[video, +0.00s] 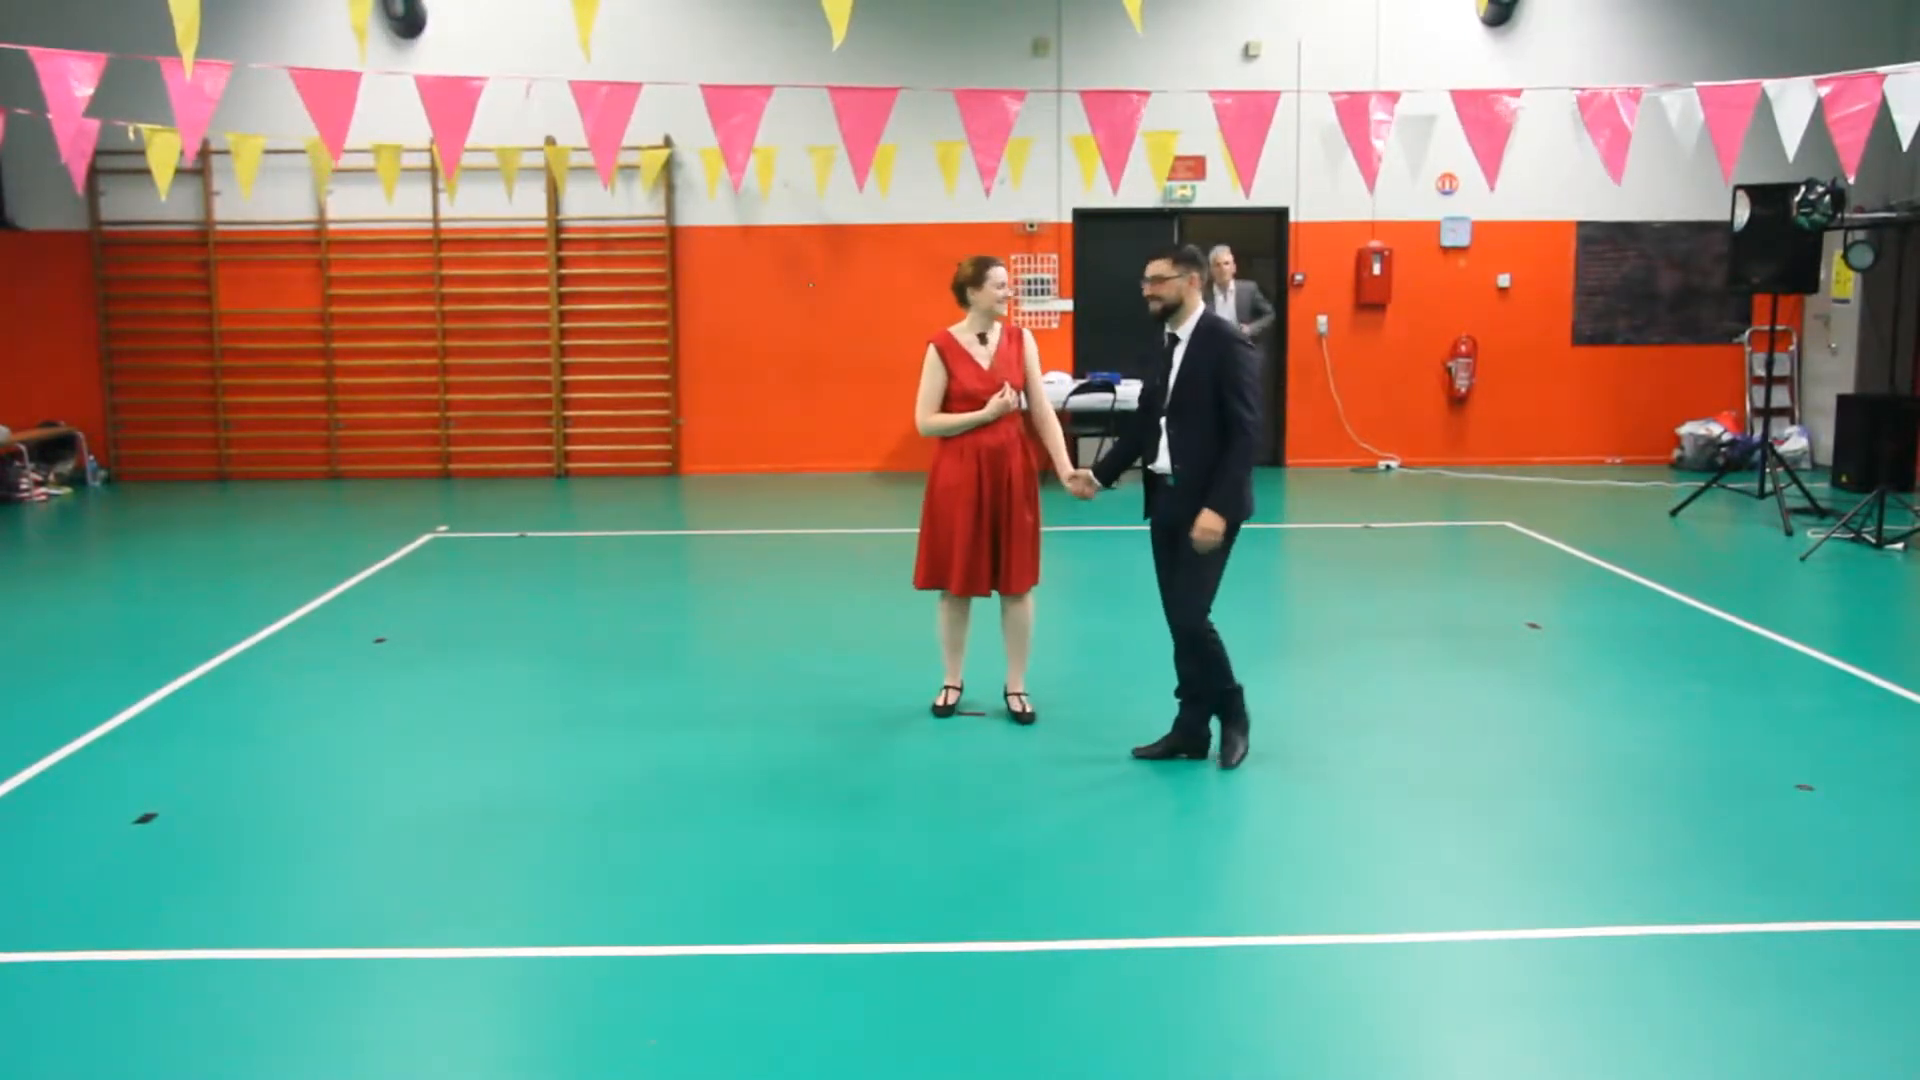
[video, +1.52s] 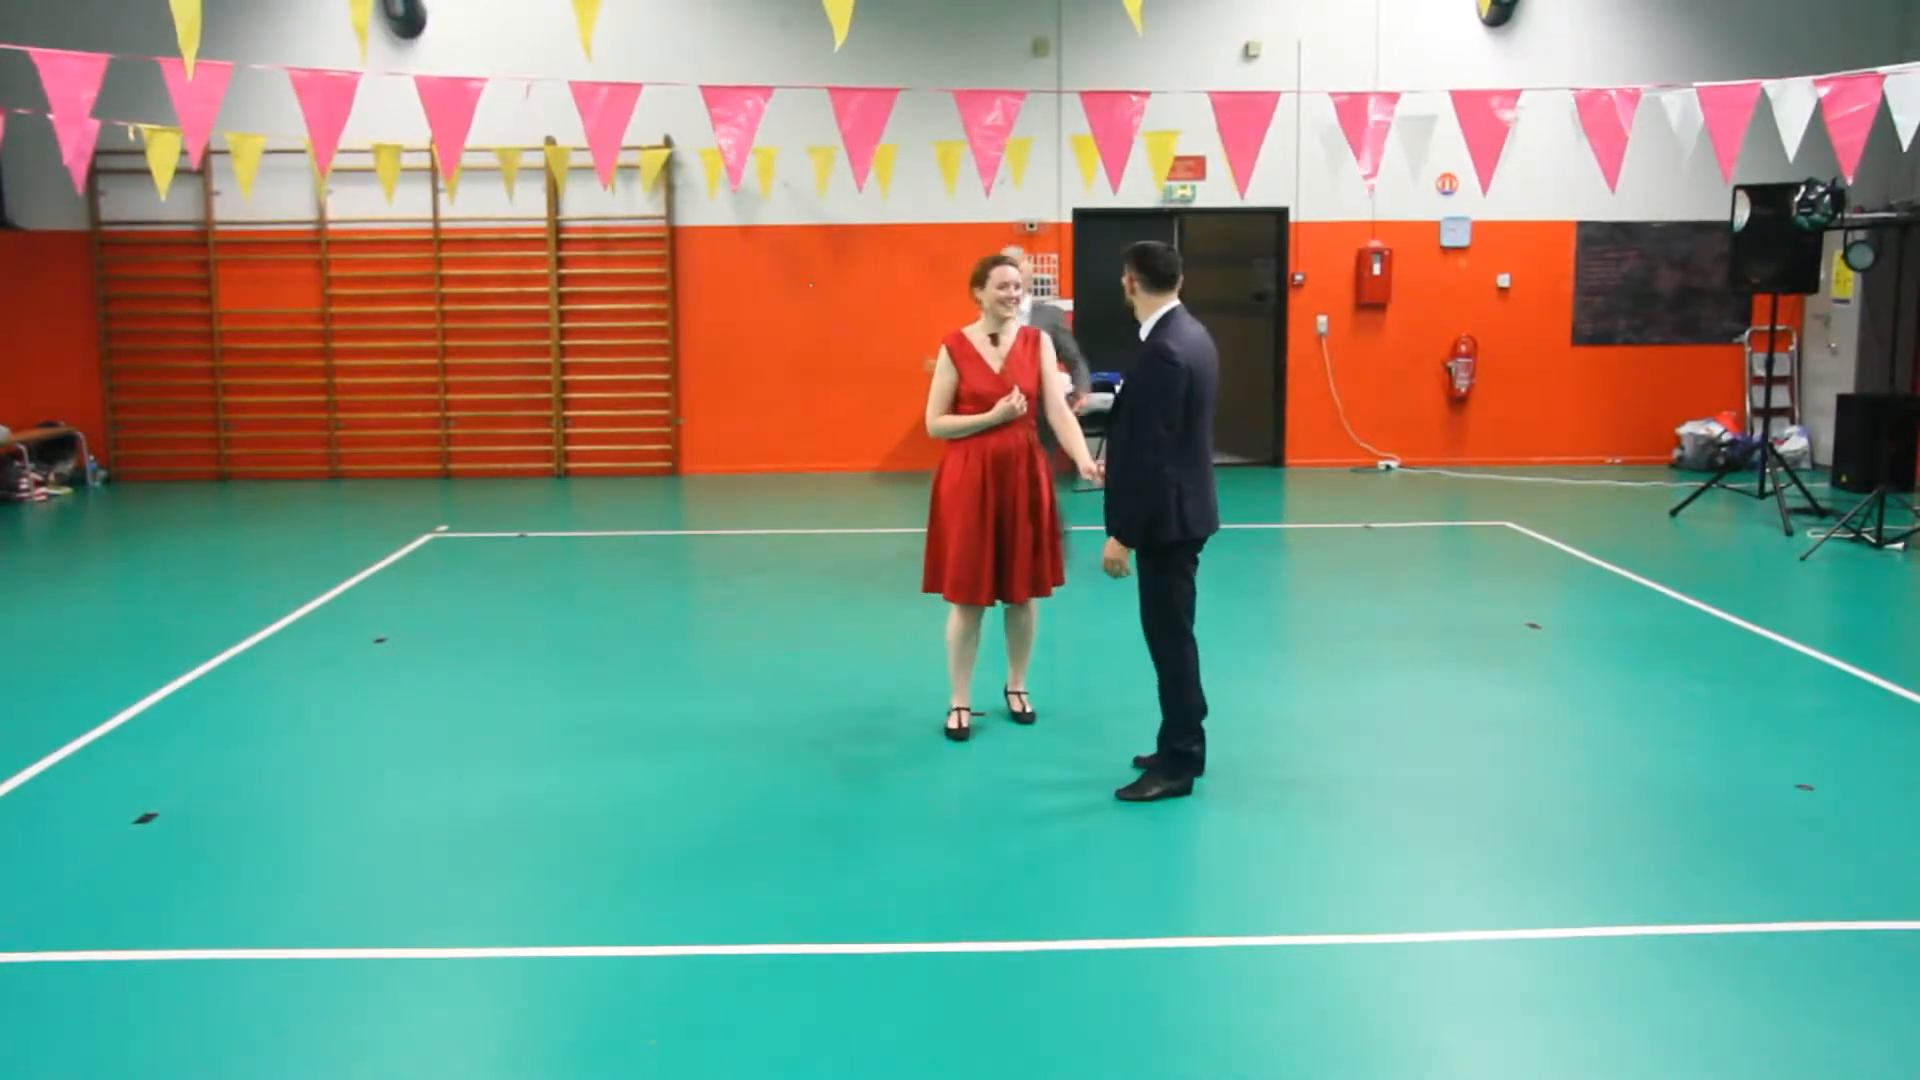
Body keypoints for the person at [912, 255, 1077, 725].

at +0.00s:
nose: (1007, 293)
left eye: (1008, 285)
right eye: (998, 286)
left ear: (1007, 291)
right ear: (970, 292)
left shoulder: (1020, 340)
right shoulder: (943, 347)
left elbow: (1042, 410)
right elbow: (927, 422)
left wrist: (1065, 469)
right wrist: (984, 413)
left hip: (1013, 474)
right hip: (960, 475)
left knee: (1016, 585)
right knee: (956, 585)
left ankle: (1016, 687)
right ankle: (952, 682)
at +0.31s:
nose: (1017, 295)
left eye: (1019, 287)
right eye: (1007, 288)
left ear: (1022, 292)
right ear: (981, 294)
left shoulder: (1038, 341)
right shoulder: (958, 348)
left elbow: (1054, 412)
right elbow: (941, 423)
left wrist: (1069, 473)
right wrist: (998, 413)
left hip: (1028, 472)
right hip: (975, 473)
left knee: (1024, 587)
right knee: (966, 584)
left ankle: (1017, 687)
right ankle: (953, 681)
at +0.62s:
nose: (1026, 296)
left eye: (1029, 289)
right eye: (1016, 290)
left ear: (1034, 294)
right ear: (992, 296)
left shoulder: (1052, 344)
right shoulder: (971, 350)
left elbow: (1067, 414)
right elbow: (954, 425)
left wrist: (1075, 467)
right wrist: (1011, 416)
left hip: (1041, 477)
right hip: (987, 477)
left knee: (1033, 590)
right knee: (977, 587)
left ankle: (1018, 685)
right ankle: (960, 677)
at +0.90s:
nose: (1026, 297)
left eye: (1031, 289)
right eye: (1016, 290)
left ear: (1037, 295)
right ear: (994, 296)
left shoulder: (1056, 344)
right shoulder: (974, 350)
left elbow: (1072, 409)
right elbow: (957, 425)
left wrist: (1087, 460)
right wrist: (1009, 417)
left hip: (1043, 478)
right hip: (988, 479)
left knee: (1035, 592)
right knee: (981, 591)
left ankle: (1017, 689)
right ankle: (966, 692)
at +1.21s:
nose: (1021, 297)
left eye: (1026, 289)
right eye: (1011, 290)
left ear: (1033, 295)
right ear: (989, 296)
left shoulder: (1051, 344)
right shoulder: (969, 351)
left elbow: (1072, 409)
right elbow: (951, 425)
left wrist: (1093, 454)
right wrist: (1005, 419)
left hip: (1038, 478)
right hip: (984, 479)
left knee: (1032, 593)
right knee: (975, 596)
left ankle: (1018, 688)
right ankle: (958, 699)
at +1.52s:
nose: (1013, 294)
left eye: (1018, 287)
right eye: (1002, 287)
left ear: (1024, 293)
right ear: (978, 293)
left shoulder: (1037, 343)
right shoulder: (956, 348)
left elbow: (1058, 408)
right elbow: (935, 423)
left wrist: (1082, 458)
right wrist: (993, 416)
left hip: (1023, 477)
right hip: (969, 479)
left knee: (1022, 593)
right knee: (968, 598)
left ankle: (1017, 686)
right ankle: (960, 700)